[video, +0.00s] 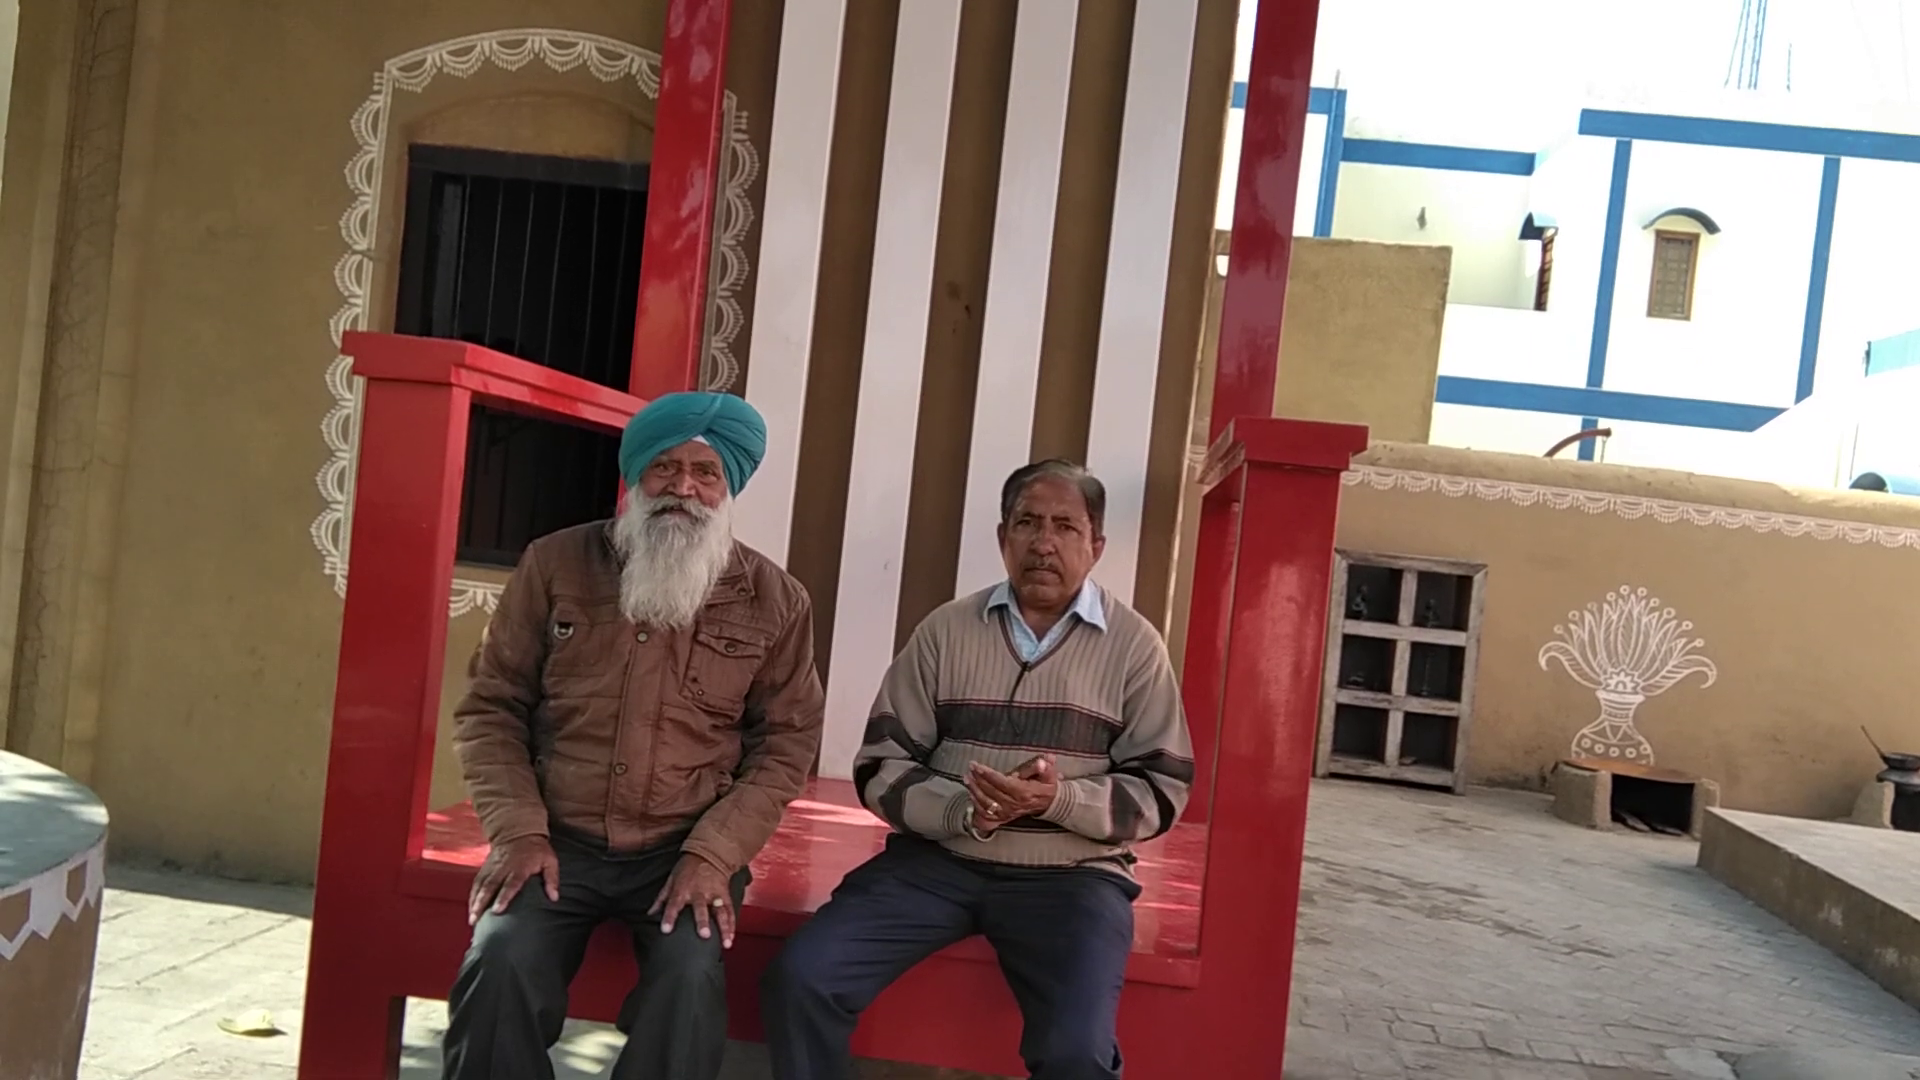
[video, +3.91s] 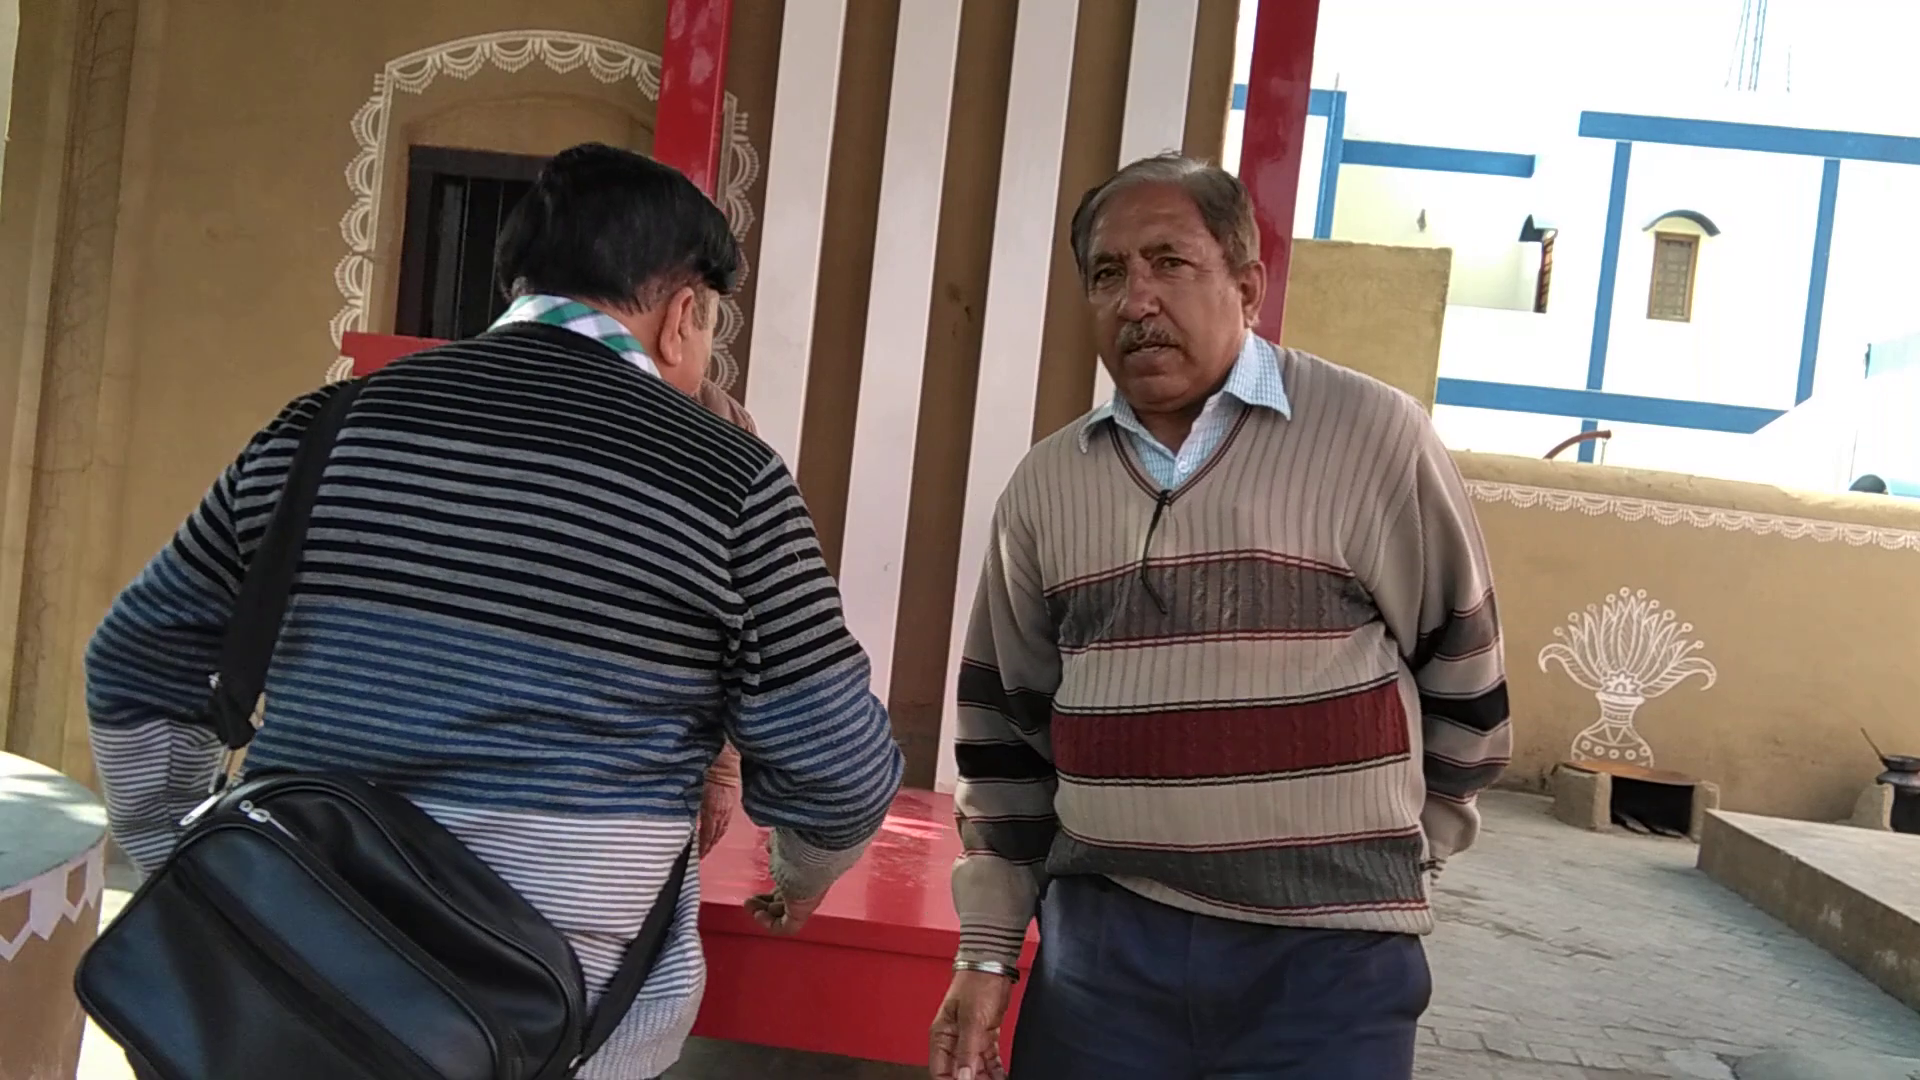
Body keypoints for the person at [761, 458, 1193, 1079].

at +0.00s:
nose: (1045, 543)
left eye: (1065, 527)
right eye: (1029, 524)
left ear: (1096, 548)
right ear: (1003, 541)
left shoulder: (1136, 647)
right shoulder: (944, 632)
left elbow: (1160, 790)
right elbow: (880, 766)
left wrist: (1062, 801)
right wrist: (963, 806)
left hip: (1071, 879)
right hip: (935, 862)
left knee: (1076, 1051)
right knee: (801, 980)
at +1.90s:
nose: (1024, 557)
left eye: (1047, 540)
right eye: (1009, 537)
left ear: (1083, 559)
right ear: (986, 550)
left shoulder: (1128, 659)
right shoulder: (933, 646)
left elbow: (1127, 816)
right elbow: (882, 790)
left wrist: (1021, 858)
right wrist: (937, 863)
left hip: (1068, 877)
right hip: (928, 860)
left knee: (1074, 1022)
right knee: (819, 977)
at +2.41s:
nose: (1016, 459)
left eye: (1043, 438)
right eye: (999, 435)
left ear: (1088, 456)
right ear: (977, 445)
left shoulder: (1149, 565)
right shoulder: (928, 557)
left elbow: (1176, 751)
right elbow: (870, 730)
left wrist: (1132, 905)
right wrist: (871, 892)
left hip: (1086, 849)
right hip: (948, 837)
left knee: (1095, 1054)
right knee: (849, 1029)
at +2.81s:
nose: (1071, 363)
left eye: (1098, 342)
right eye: (1062, 342)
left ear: (1166, 367)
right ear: (1046, 353)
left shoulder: (1234, 499)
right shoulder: (995, 477)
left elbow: (1276, 702)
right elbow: (941, 645)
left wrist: (1235, 870)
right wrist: (953, 778)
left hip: (1152, 839)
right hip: (997, 810)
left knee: (1123, 1065)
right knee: (948, 1028)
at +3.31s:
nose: (1054, 323)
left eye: (1082, 291)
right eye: (1028, 303)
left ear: (1146, 314)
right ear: (1010, 334)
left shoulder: (1251, 439)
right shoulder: (966, 497)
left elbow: (1329, 656)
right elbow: (921, 713)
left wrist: (1310, 856)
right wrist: (921, 901)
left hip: (1231, 893)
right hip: (1037, 894)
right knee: (1004, 1063)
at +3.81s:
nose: (1098, 302)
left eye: (1130, 267)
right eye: (1069, 277)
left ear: (1202, 291)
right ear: (1046, 311)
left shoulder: (1328, 428)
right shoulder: (1005, 491)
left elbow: (1430, 653)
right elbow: (969, 734)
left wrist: (1381, 834)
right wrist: (945, 950)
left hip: (1320, 936)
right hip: (1096, 938)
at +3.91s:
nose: (1136, 301)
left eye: (1170, 263)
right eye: (1108, 272)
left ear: (1248, 287)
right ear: (1087, 303)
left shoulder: (1378, 438)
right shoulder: (1041, 491)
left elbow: (1467, 692)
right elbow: (1003, 736)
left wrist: (1401, 862)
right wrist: (986, 950)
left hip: (1328, 968)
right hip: (1102, 957)